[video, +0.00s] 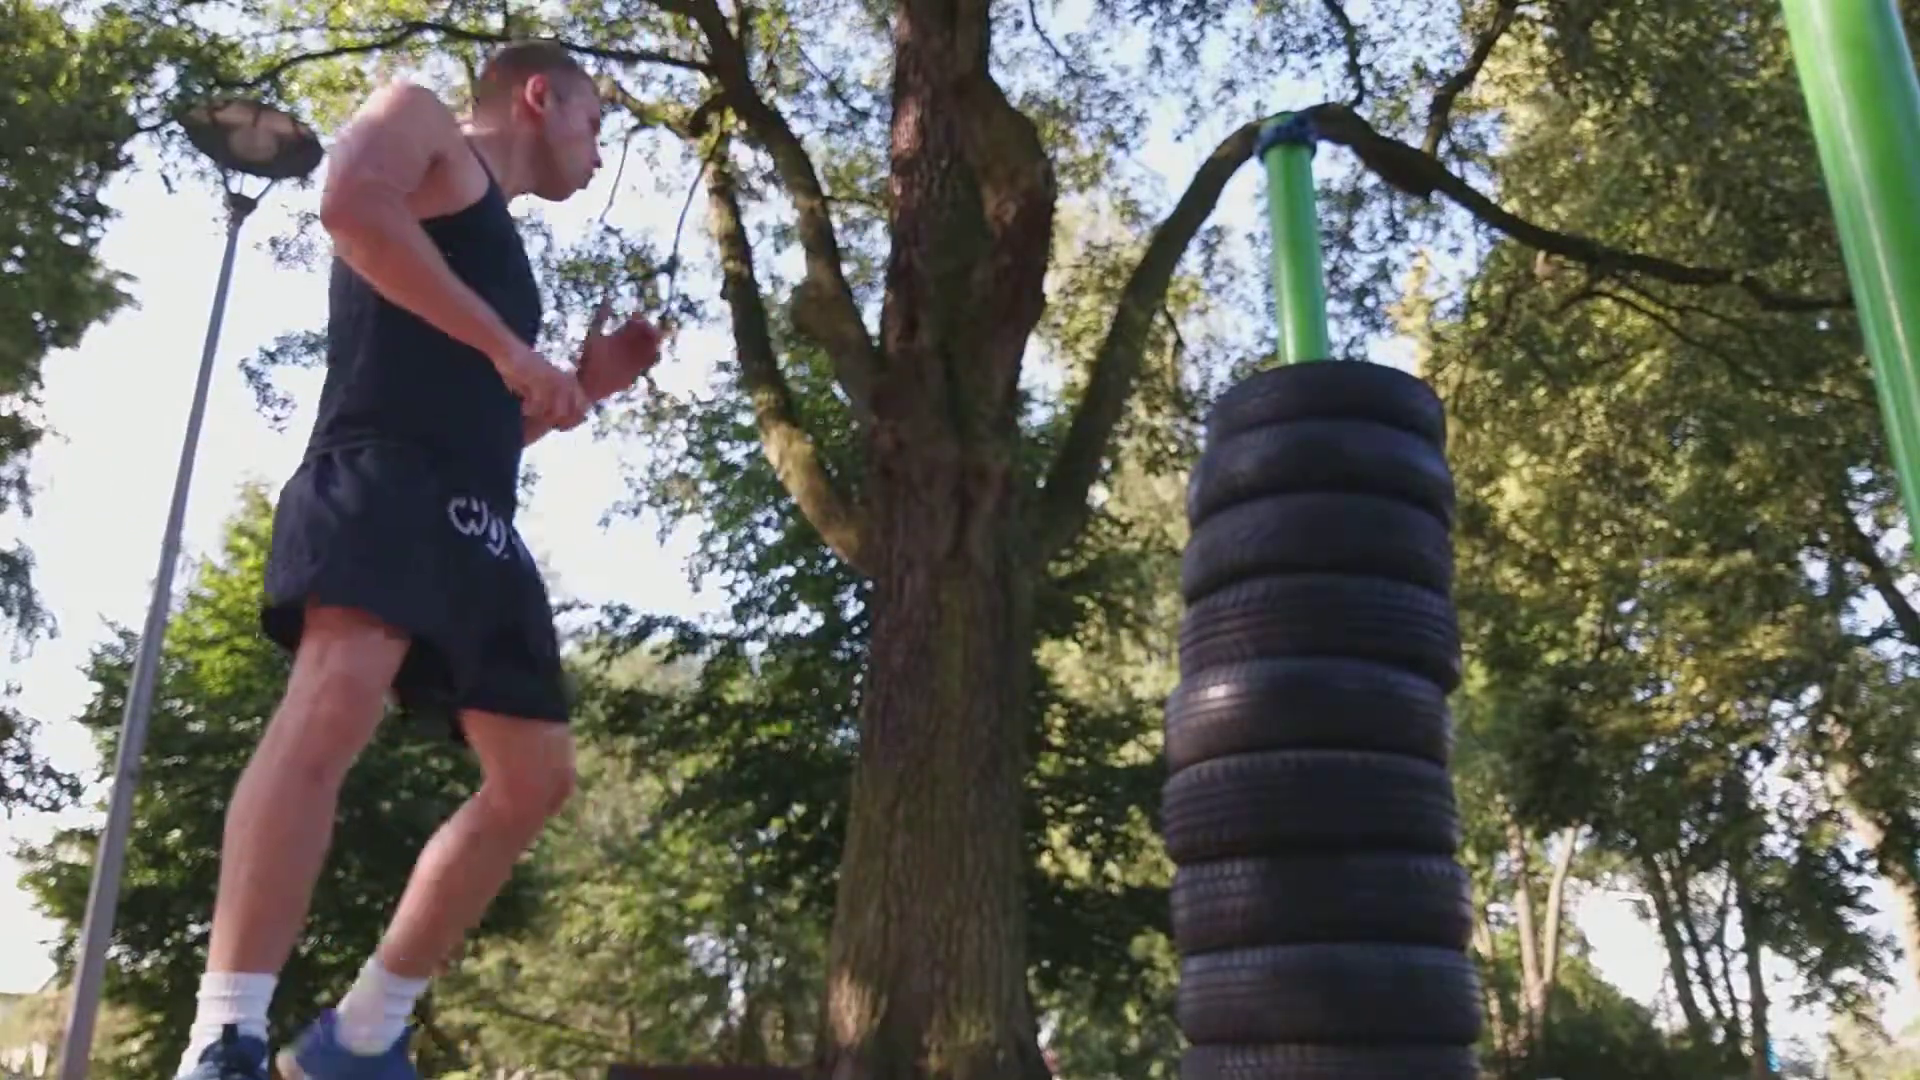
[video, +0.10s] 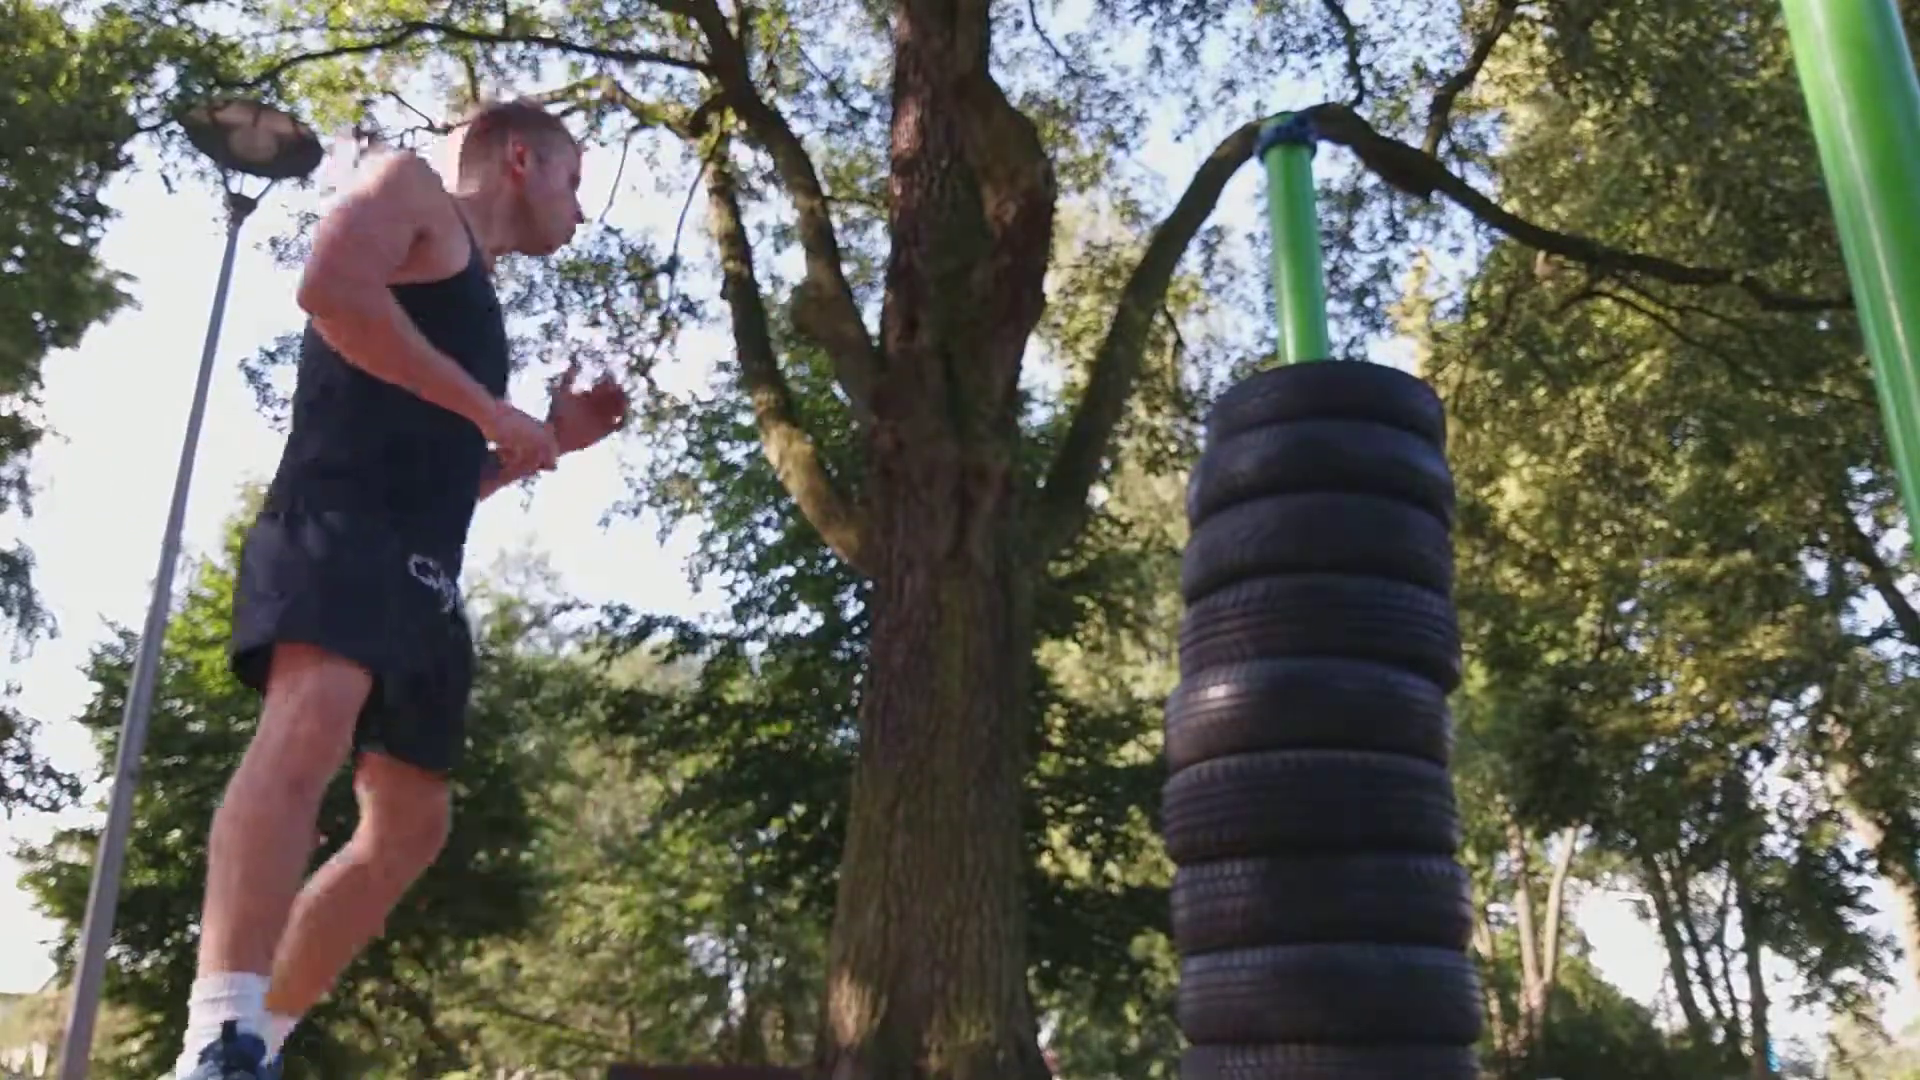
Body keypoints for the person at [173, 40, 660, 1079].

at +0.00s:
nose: (600, 148)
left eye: (604, 127)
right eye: (595, 119)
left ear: (537, 109)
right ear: (537, 96)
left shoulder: (498, 246)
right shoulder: (421, 111)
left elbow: (485, 420)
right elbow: (354, 204)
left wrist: (582, 385)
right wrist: (506, 349)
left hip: (480, 519)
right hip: (385, 479)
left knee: (532, 777)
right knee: (333, 703)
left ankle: (362, 1035)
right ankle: (226, 1040)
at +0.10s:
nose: (578, 215)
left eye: (581, 192)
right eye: (573, 186)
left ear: (518, 170)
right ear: (519, 161)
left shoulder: (472, 292)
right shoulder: (412, 177)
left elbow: (449, 470)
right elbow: (335, 286)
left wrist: (555, 436)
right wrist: (485, 409)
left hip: (424, 565)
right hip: (345, 528)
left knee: (408, 831)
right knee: (309, 726)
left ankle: (254, 1041)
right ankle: (219, 1036)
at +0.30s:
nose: (550, 200)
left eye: (557, 182)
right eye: (546, 173)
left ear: (494, 160)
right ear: (484, 144)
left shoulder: (447, 284)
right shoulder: (374, 169)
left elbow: (388, 446)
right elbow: (283, 257)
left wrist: (485, 442)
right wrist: (443, 349)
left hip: (370, 531)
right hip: (291, 484)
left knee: (339, 769)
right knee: (230, 710)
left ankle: (249, 1045)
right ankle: (114, 1015)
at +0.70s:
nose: (497, 224)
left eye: (502, 205)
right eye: (491, 197)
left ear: (442, 190)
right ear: (428, 177)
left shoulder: (419, 326)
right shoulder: (300, 219)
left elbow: (350, 459)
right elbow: (203, 335)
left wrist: (418, 454)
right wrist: (366, 397)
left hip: (344, 577)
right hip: (232, 555)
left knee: (430, 769)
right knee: (117, 772)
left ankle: (313, 1009)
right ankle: (9, 1007)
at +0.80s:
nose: (520, 224)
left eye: (525, 206)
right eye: (512, 199)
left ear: (457, 188)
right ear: (449, 177)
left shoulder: (459, 330)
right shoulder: (315, 227)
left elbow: (442, 464)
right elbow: (182, 331)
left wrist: (465, 471)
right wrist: (282, 446)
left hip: (367, 574)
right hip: (256, 548)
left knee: (459, 763)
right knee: (146, 754)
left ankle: (384, 1012)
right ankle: (15, 997)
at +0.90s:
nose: (529, 271)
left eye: (533, 253)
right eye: (521, 246)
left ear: (473, 241)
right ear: (458, 228)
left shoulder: (477, 375)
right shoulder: (325, 289)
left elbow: (499, 514)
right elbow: (181, 393)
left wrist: (533, 551)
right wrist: (213, 517)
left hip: (387, 627)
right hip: (271, 599)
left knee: (486, 804)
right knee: (143, 796)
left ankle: (457, 1052)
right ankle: (7, 1025)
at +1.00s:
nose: (555, 318)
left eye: (557, 301)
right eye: (545, 293)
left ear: (492, 292)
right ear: (485, 282)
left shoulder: (494, 434)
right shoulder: (365, 344)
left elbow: (517, 562)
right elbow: (224, 443)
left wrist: (614, 567)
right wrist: (235, 567)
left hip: (428, 685)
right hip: (328, 655)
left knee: (522, 842)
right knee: (212, 839)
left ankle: (483, 1073)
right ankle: (21, 1031)